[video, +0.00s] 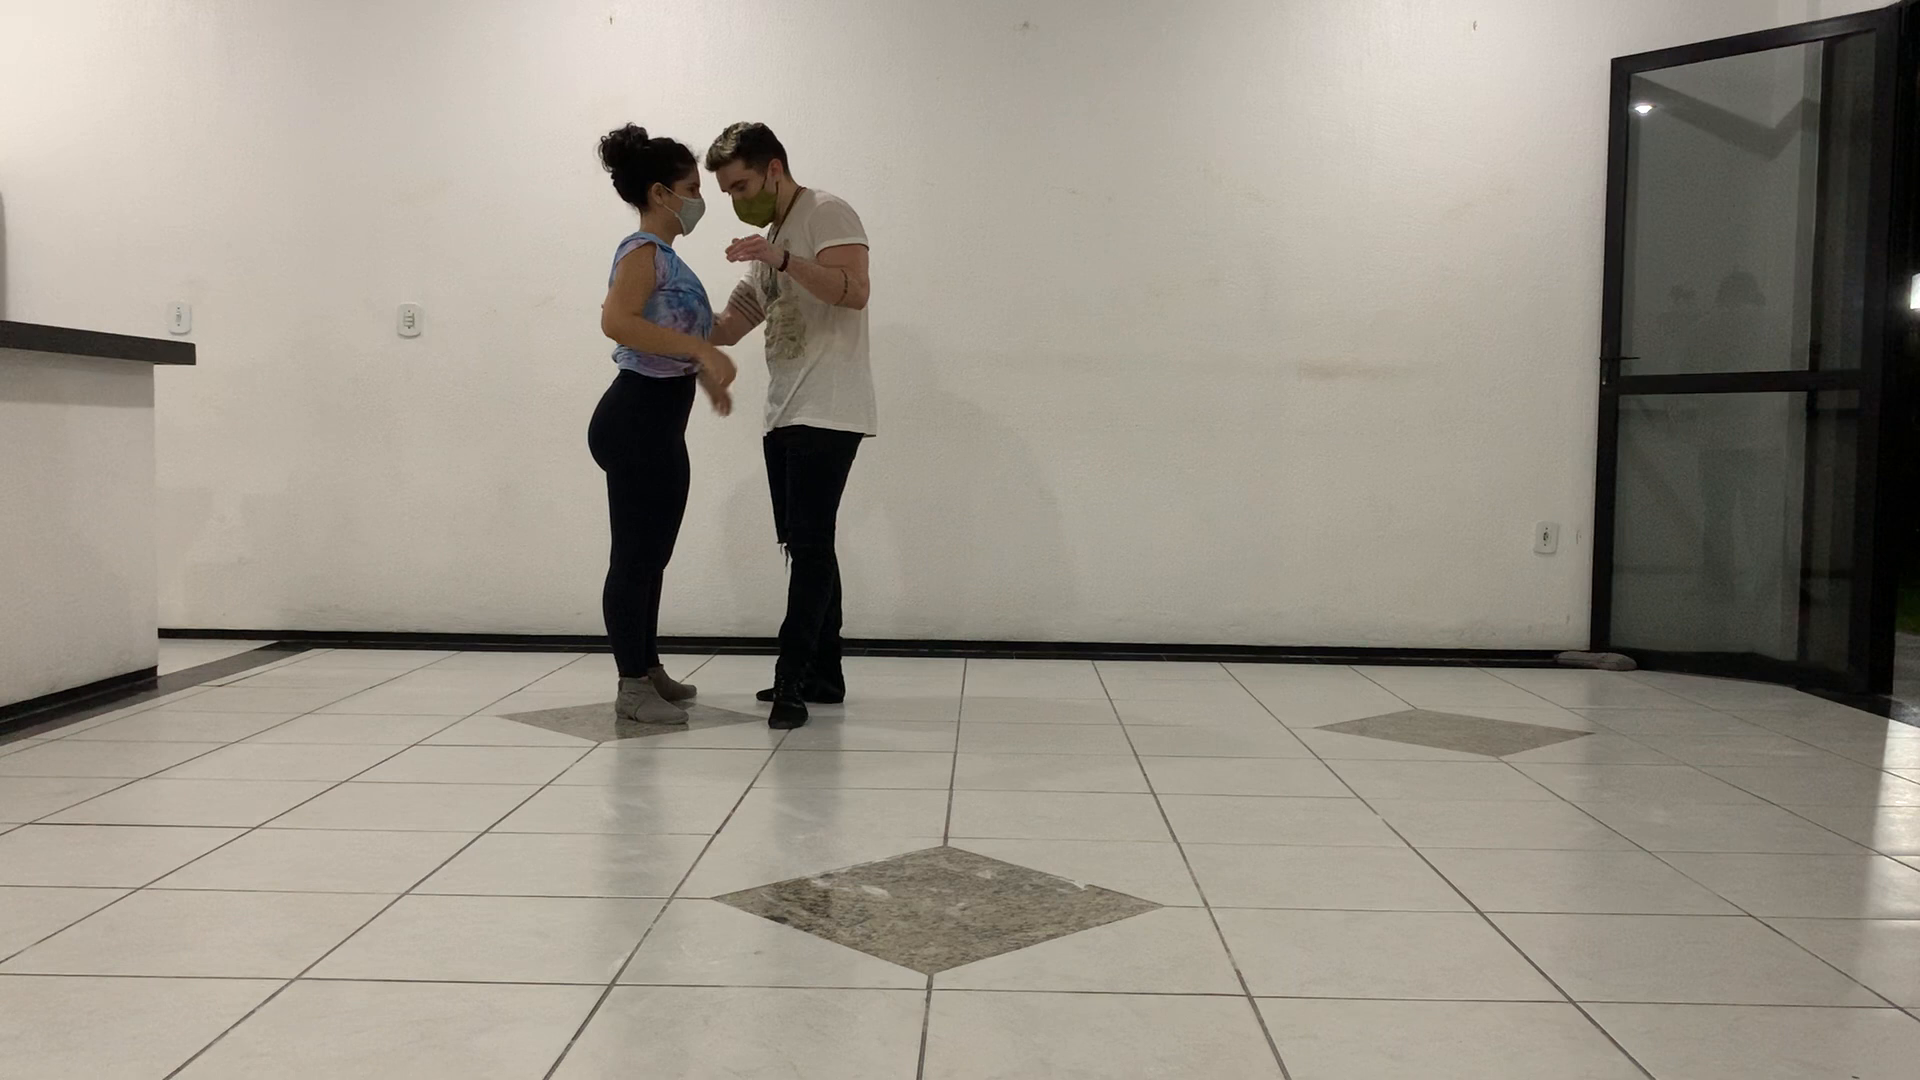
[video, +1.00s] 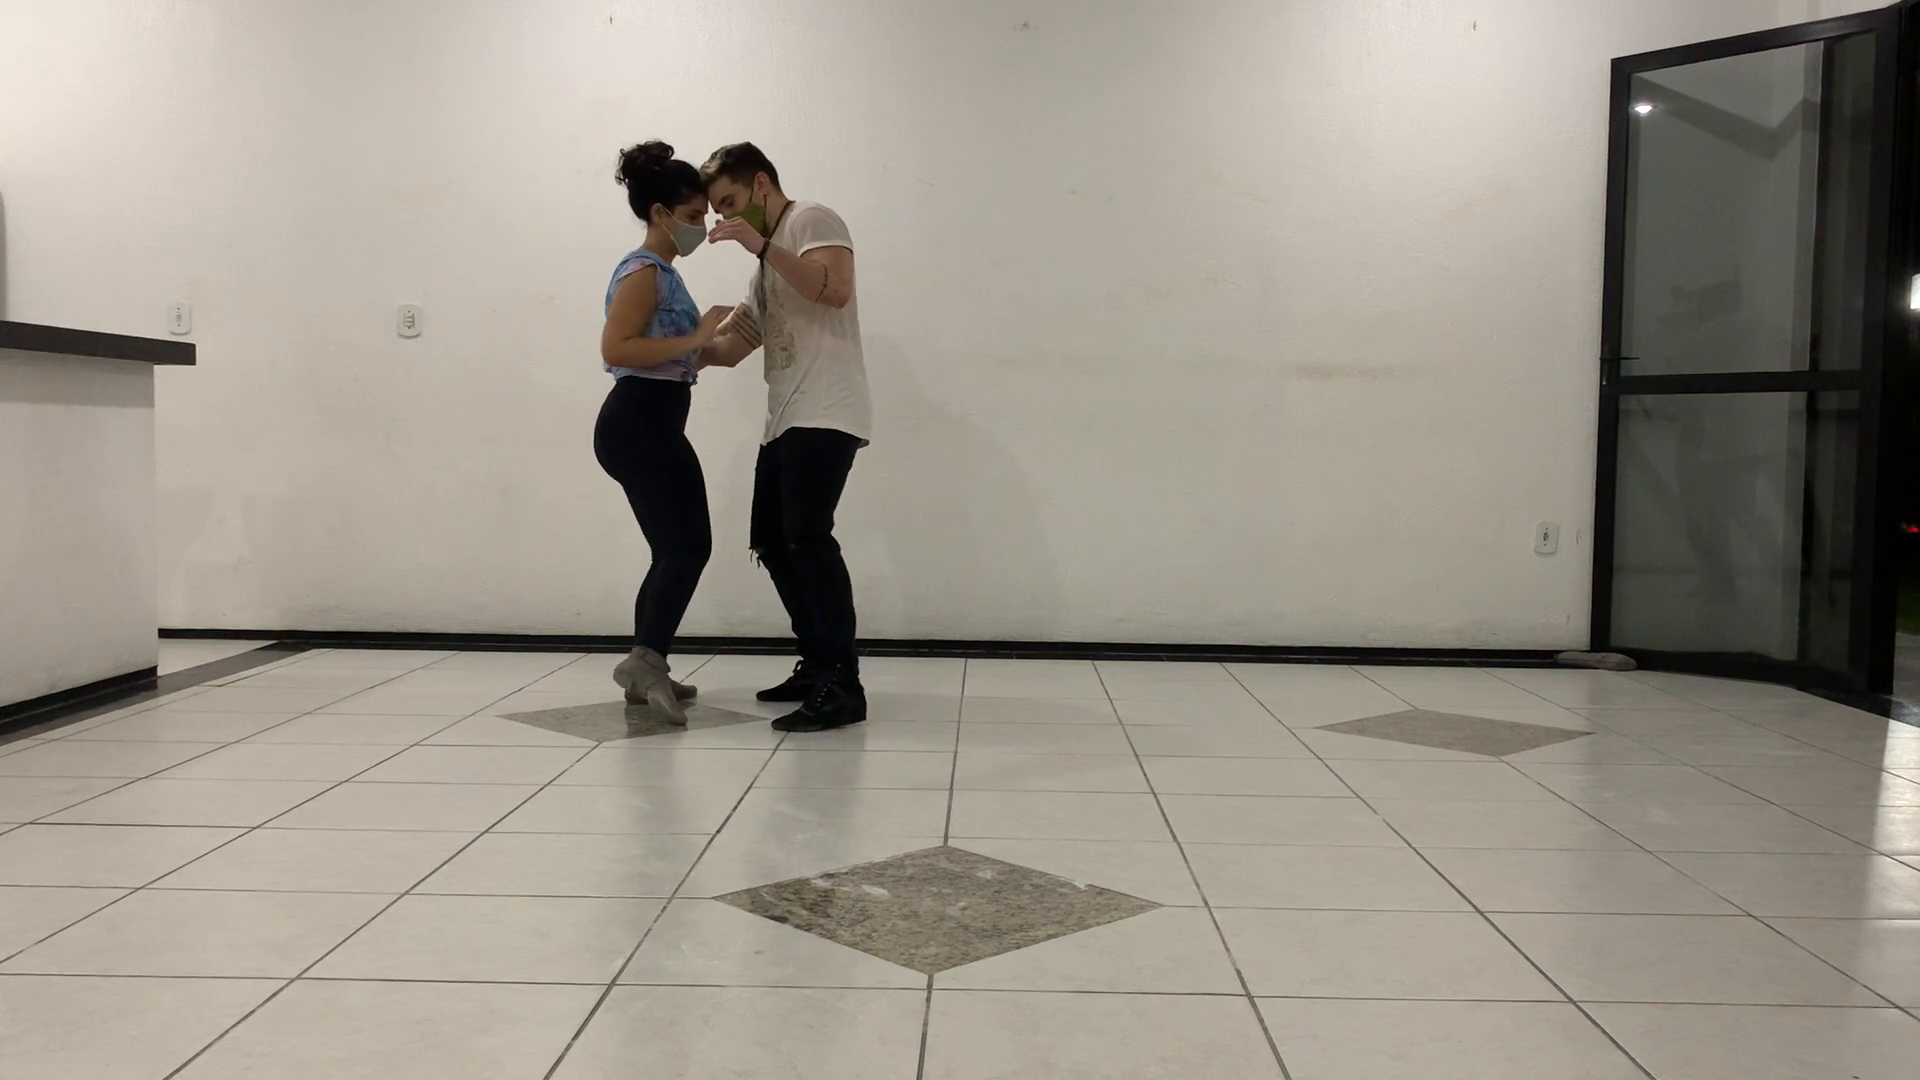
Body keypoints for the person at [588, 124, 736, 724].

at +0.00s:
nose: (701, 199)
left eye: (699, 189)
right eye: (692, 189)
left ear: (659, 195)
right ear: (660, 194)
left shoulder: (661, 254)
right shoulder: (642, 252)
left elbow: (673, 332)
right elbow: (616, 319)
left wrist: (709, 370)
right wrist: (701, 350)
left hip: (657, 418)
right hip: (638, 418)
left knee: (650, 553)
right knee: (635, 556)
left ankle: (645, 670)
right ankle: (633, 688)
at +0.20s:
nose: (701, 200)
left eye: (699, 189)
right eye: (691, 190)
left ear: (659, 196)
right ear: (658, 196)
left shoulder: (662, 261)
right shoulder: (640, 262)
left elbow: (674, 338)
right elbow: (629, 340)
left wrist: (727, 335)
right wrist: (707, 328)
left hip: (660, 422)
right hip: (638, 423)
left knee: (650, 554)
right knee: (634, 556)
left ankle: (645, 671)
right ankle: (633, 687)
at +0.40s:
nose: (702, 209)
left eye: (701, 198)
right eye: (692, 198)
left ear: (659, 200)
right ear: (659, 200)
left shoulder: (652, 263)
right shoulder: (643, 266)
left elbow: (679, 344)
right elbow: (652, 351)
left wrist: (730, 321)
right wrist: (716, 323)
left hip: (650, 422)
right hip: (641, 425)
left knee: (650, 556)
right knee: (643, 558)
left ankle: (646, 671)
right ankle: (635, 687)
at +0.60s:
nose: (704, 215)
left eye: (704, 204)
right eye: (695, 206)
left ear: (662, 206)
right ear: (661, 207)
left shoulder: (654, 268)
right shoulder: (645, 271)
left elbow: (681, 348)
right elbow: (662, 356)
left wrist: (731, 327)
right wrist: (723, 324)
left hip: (642, 420)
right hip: (637, 423)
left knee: (670, 540)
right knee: (671, 541)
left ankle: (647, 668)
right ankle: (643, 674)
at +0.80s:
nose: (704, 222)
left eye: (705, 211)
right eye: (695, 213)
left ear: (663, 210)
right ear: (661, 212)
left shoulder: (650, 268)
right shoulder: (648, 274)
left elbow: (670, 352)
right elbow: (654, 358)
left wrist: (722, 340)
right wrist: (719, 332)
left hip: (634, 421)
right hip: (639, 423)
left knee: (662, 540)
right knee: (683, 531)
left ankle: (647, 665)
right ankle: (653, 666)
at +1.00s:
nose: (703, 228)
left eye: (705, 217)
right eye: (694, 218)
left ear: (665, 214)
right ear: (659, 215)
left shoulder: (660, 273)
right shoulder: (644, 274)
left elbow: (660, 353)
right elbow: (616, 349)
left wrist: (711, 341)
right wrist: (695, 337)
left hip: (644, 426)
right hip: (641, 429)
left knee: (676, 548)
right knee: (687, 546)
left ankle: (648, 666)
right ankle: (647, 660)